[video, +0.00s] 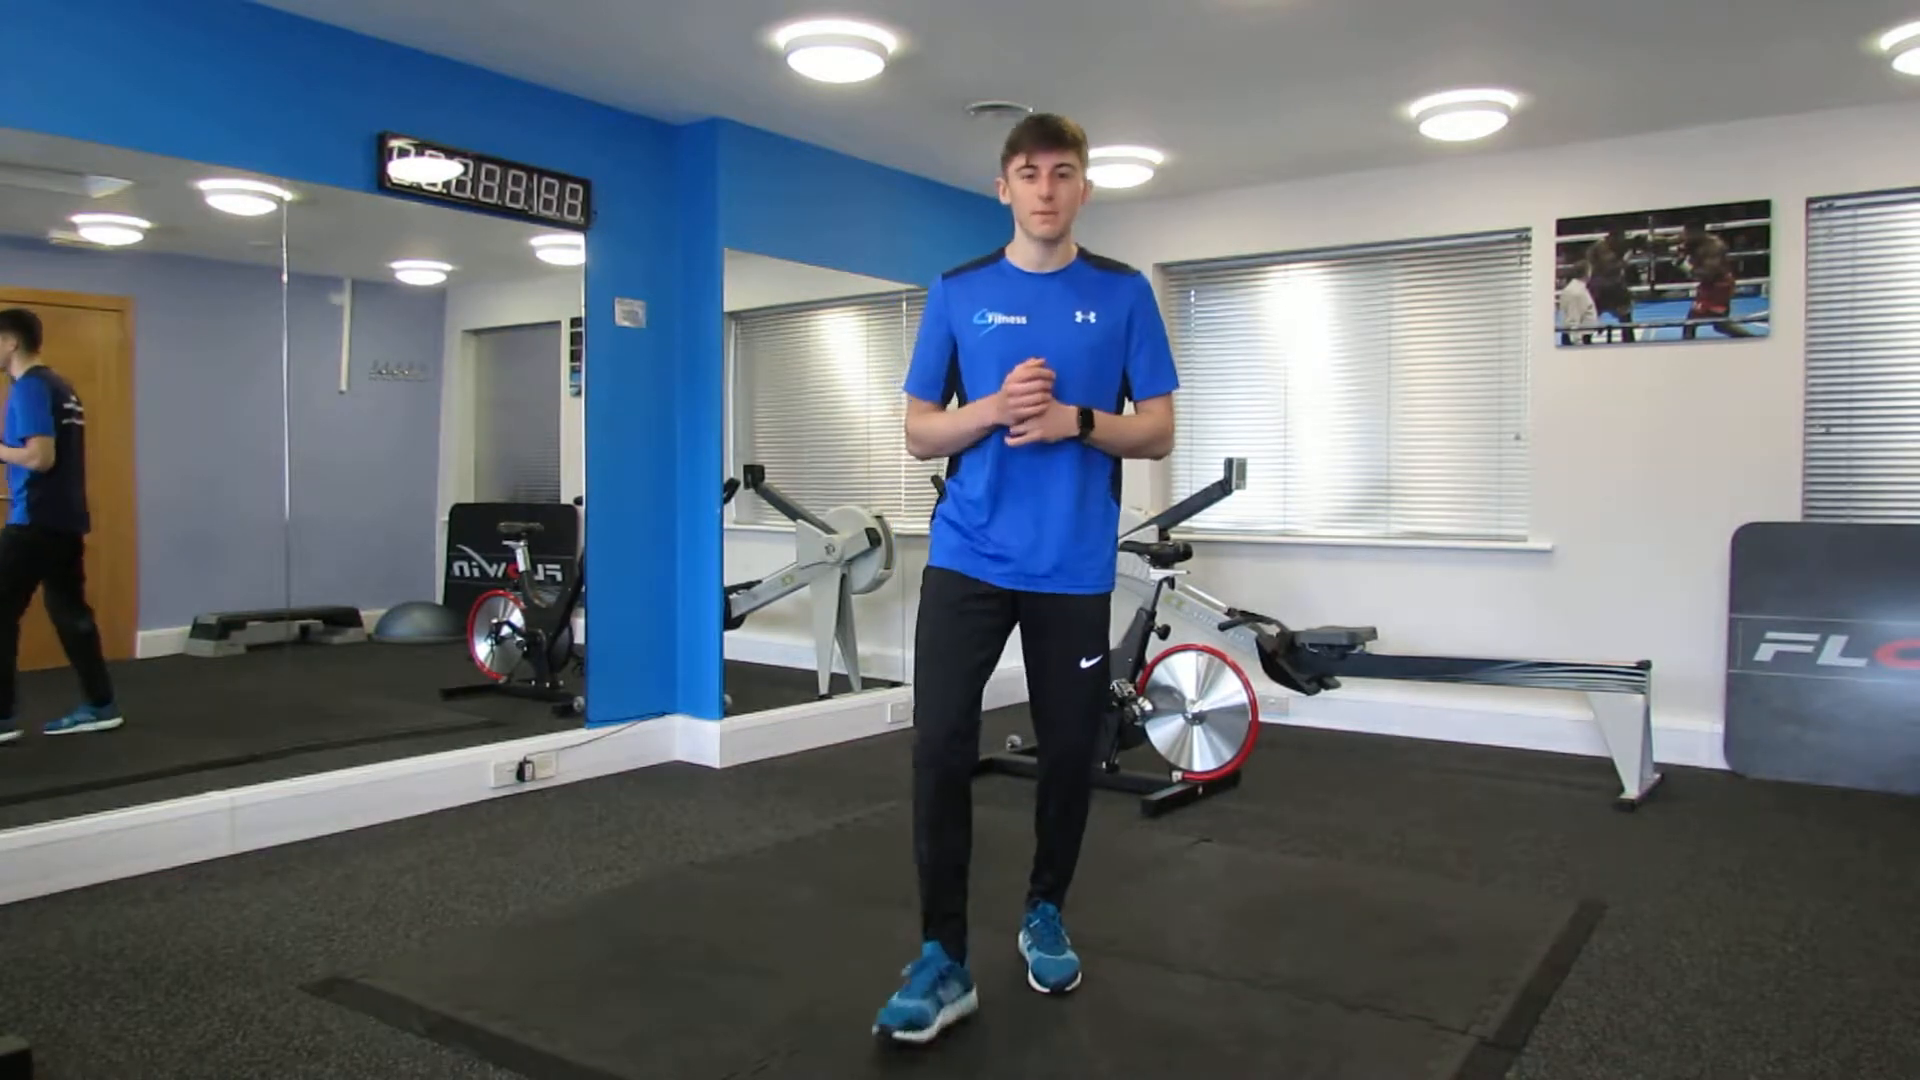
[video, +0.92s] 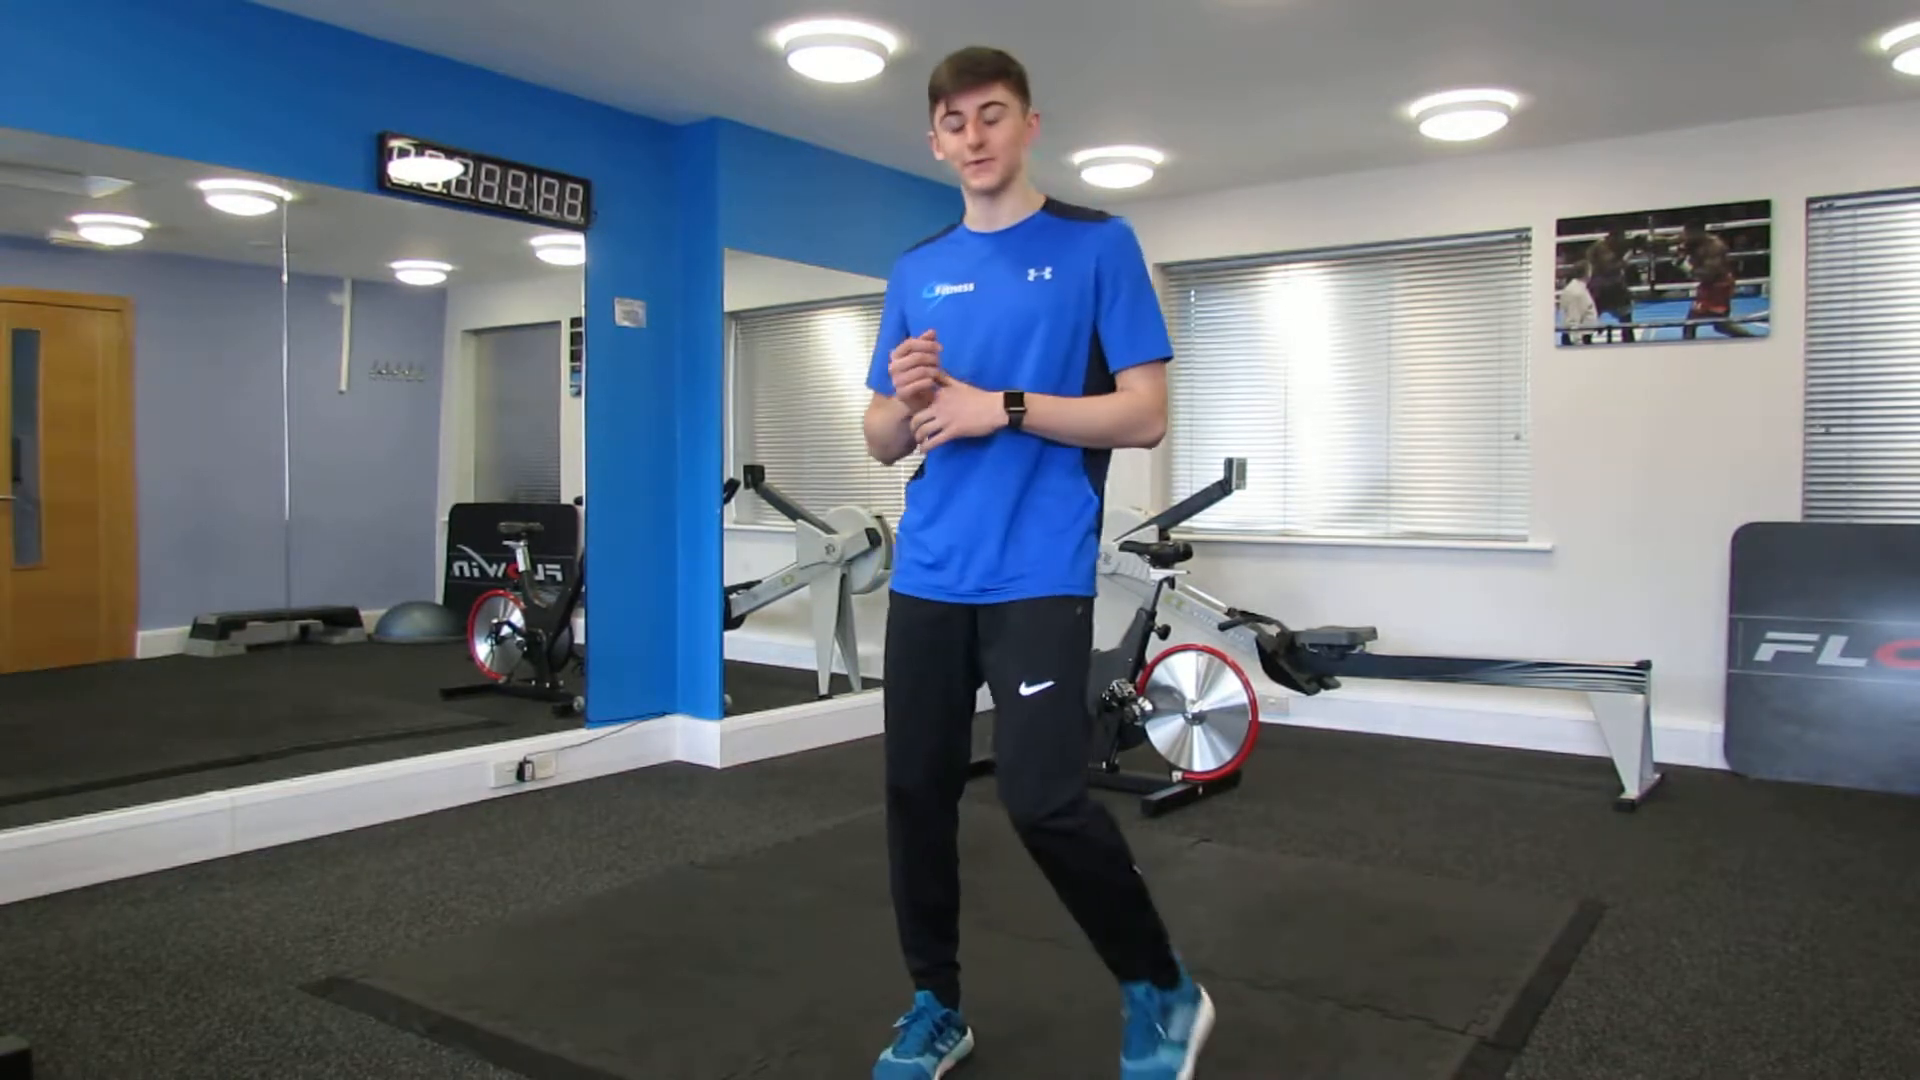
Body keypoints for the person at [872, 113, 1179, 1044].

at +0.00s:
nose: (1047, 187)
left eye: (1063, 173)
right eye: (1031, 173)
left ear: (1086, 189)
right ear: (1004, 188)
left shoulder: (1125, 295)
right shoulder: (955, 293)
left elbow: (1157, 431)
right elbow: (920, 434)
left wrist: (1079, 422)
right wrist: (995, 408)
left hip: (1073, 568)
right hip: (967, 560)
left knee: (1071, 753)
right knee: (939, 748)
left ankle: (1045, 912)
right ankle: (943, 954)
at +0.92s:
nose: (973, 134)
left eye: (992, 114)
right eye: (955, 121)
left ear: (1032, 126)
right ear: (937, 141)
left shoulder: (1099, 243)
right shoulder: (914, 271)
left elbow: (1147, 413)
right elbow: (881, 441)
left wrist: (1006, 407)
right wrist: (904, 402)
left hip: (1041, 571)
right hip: (928, 570)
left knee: (1044, 799)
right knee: (915, 792)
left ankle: (1160, 991)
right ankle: (936, 1004)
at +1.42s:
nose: (1025, 140)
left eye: (1041, 114)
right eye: (1021, 121)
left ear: (1107, 111)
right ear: (1074, 124)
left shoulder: (1194, 232)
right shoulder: (1078, 253)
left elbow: (1255, 408)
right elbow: (1116, 405)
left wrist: (1084, 435)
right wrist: (1031, 397)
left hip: (1178, 587)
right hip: (1090, 578)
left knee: (1179, 819)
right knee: (1062, 799)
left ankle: (1219, 1041)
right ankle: (1011, 1002)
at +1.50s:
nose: (1037, 139)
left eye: (1052, 113)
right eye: (1033, 120)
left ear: (1119, 110)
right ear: (1089, 123)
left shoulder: (1205, 228)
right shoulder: (1093, 247)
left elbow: (1255, 408)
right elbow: (1133, 400)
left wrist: (1088, 429)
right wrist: (1053, 389)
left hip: (1194, 583)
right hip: (1110, 574)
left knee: (1192, 815)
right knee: (1090, 792)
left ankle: (1219, 1039)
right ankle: (1044, 990)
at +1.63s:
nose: (1060, 143)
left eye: (1074, 117)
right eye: (1056, 124)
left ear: (1142, 112)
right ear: (1103, 125)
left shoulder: (1223, 229)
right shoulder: (1113, 248)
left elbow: (1246, 419)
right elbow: (1146, 396)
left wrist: (1084, 422)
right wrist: (1082, 378)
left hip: (1213, 581)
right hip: (1132, 573)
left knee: (1207, 814)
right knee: (1118, 779)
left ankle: (1224, 1040)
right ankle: (1129, 975)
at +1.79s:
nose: (1098, 151)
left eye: (1115, 125)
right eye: (1090, 134)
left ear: (1177, 121)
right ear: (1098, 146)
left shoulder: (1245, 231)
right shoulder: (1129, 258)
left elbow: (1263, 414)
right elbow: (1143, 412)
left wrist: (1112, 393)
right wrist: (1080, 374)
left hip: (1222, 574)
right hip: (1144, 568)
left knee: (1212, 810)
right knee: (1132, 756)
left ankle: (1229, 1036)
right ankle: (1221, 929)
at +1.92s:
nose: (1129, 161)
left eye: (1148, 136)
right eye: (1114, 147)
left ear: (1199, 139)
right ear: (1108, 166)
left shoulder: (1256, 239)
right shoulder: (1130, 282)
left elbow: (1286, 414)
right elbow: (1133, 446)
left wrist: (1137, 389)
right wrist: (1094, 385)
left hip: (1227, 566)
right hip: (1151, 564)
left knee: (1213, 800)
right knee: (1168, 777)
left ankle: (1227, 1034)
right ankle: (1227, 938)